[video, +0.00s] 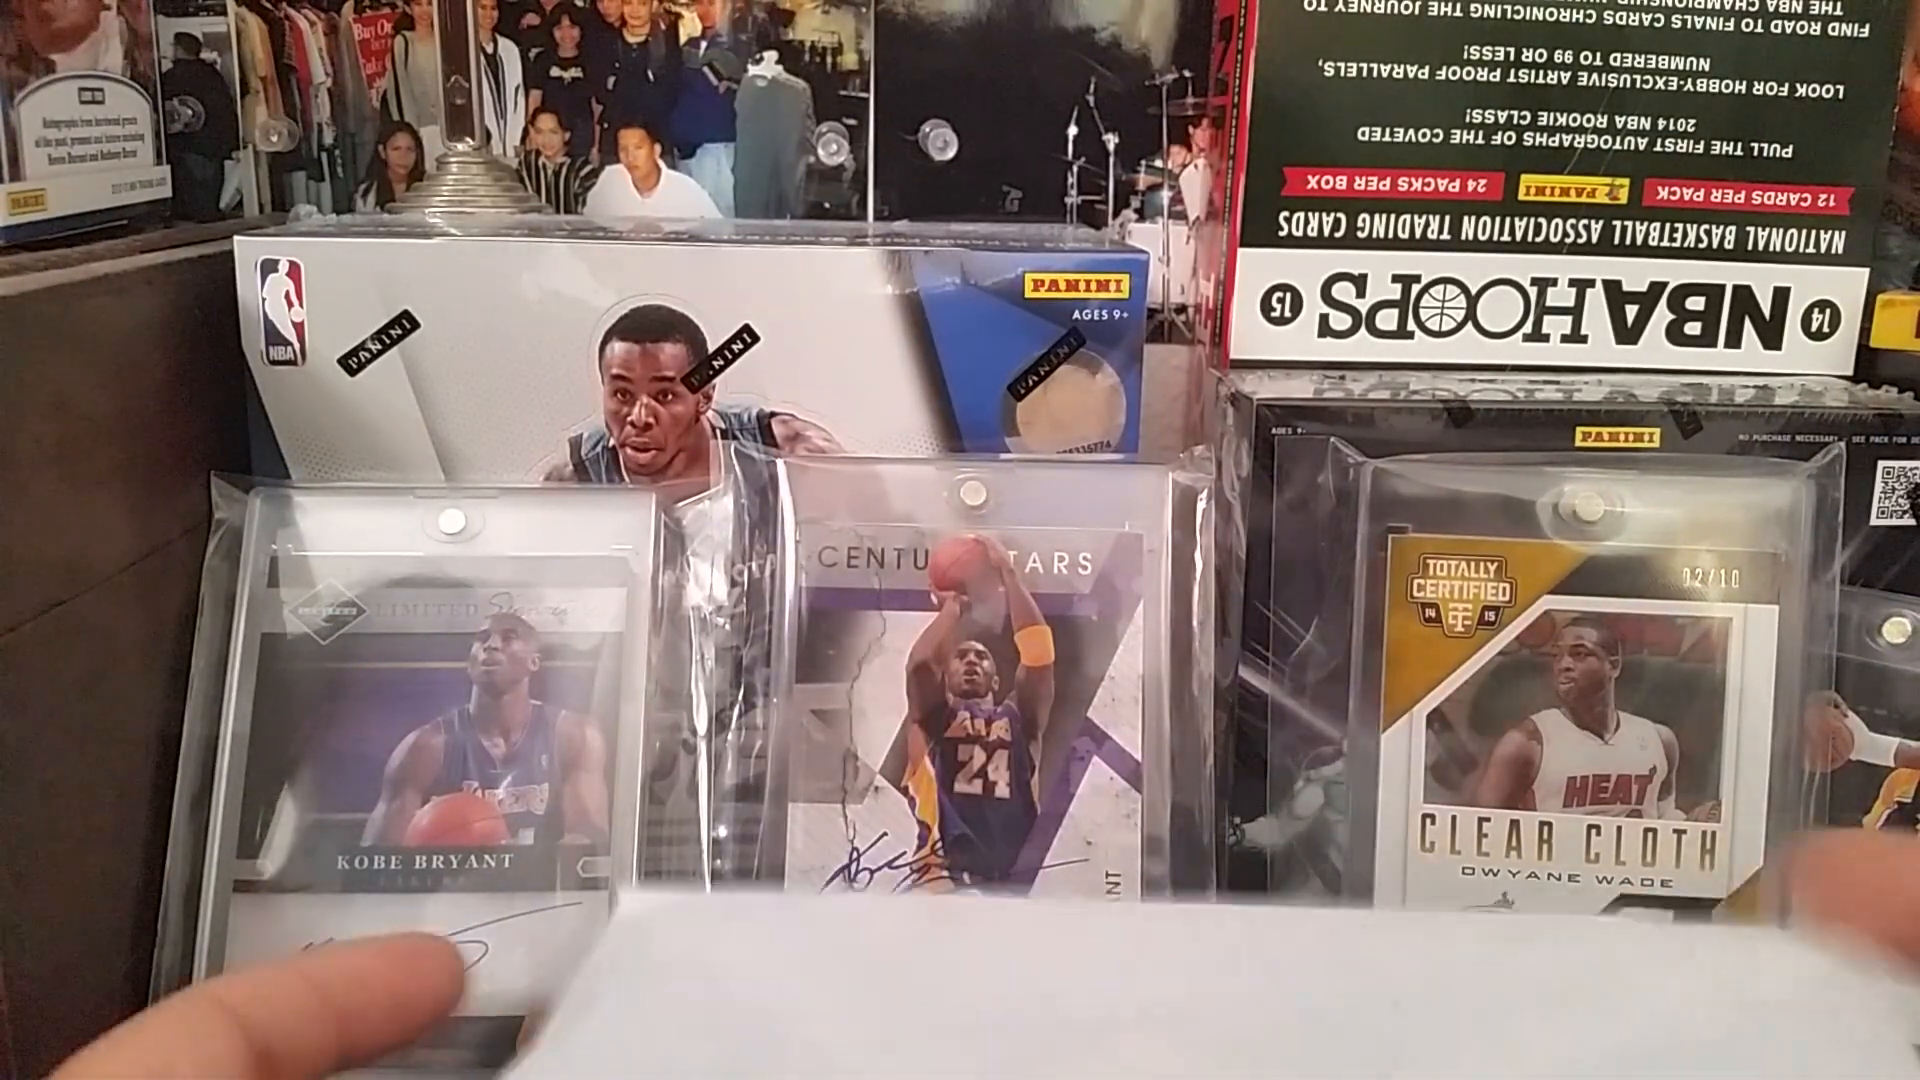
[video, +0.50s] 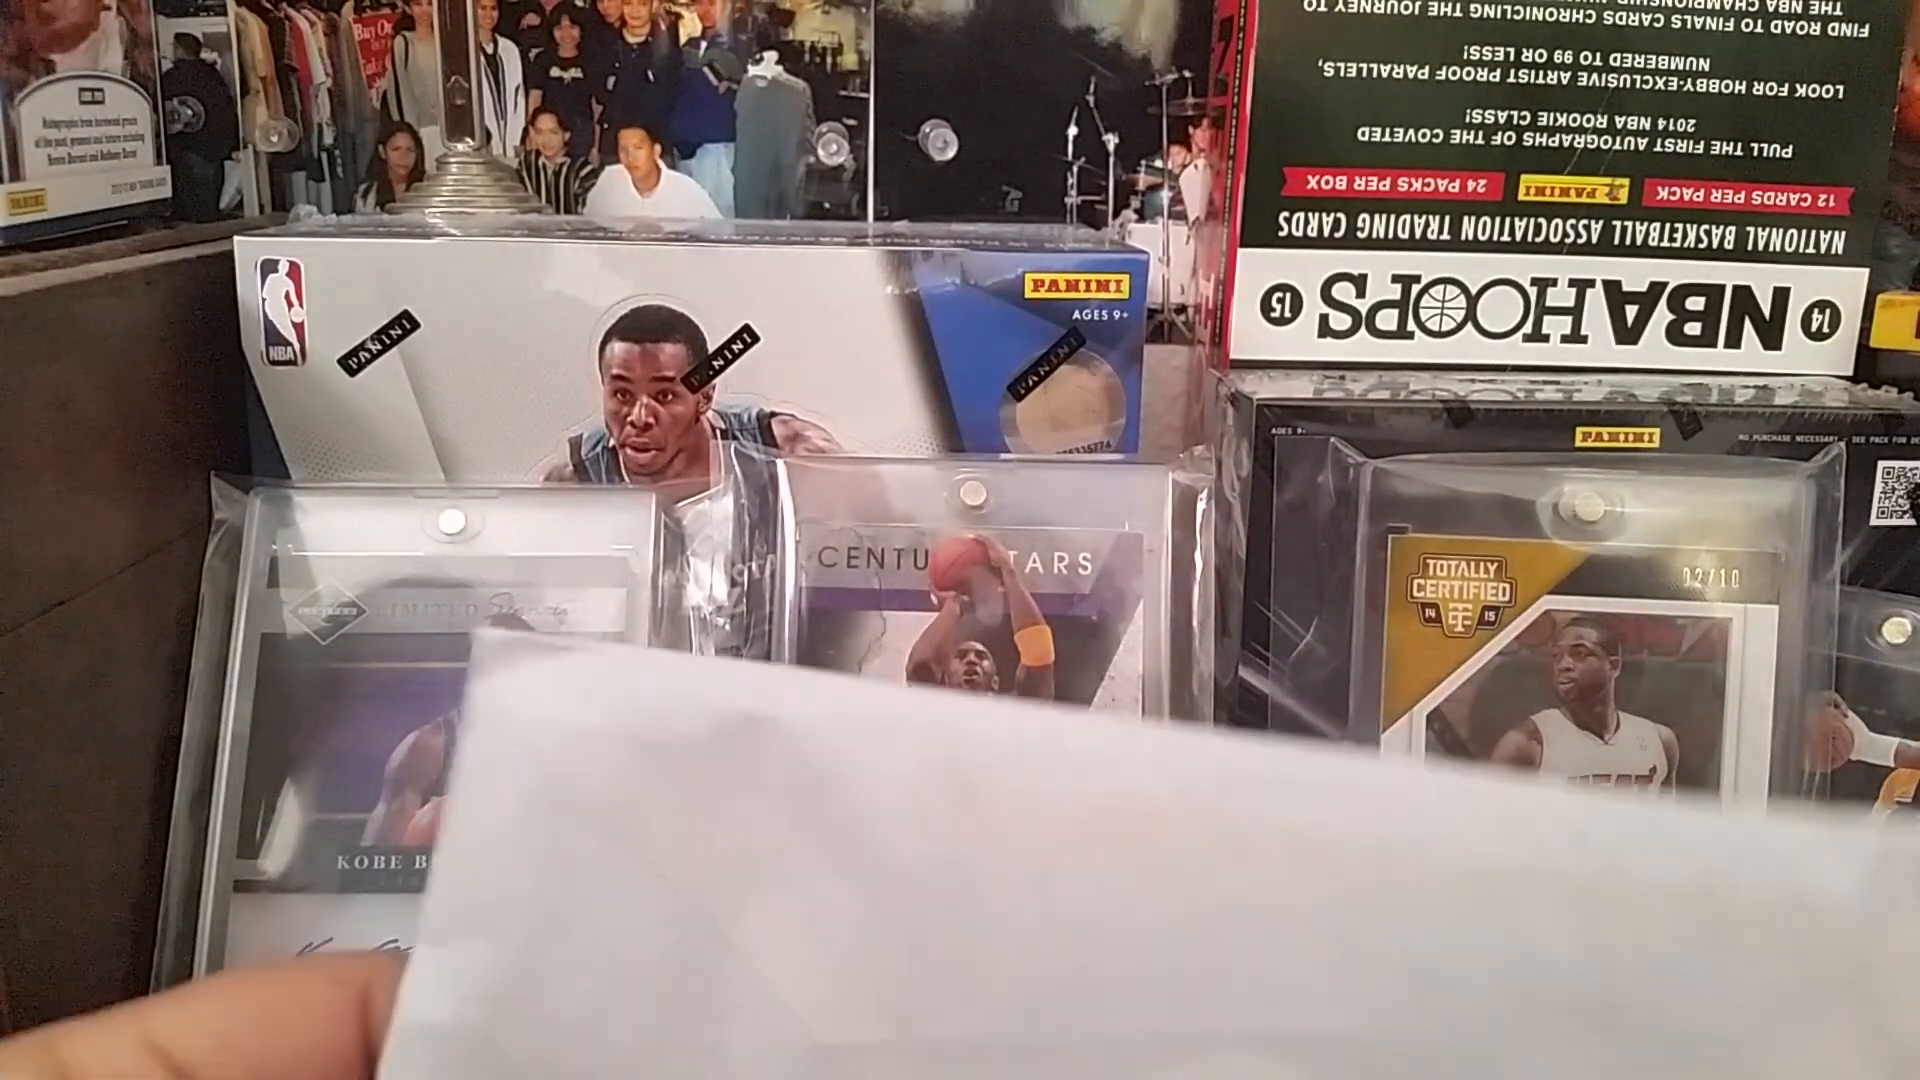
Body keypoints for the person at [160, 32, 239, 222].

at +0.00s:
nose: (173, 52)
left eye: (174, 49)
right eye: (174, 49)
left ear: (177, 50)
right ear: (198, 51)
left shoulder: (167, 78)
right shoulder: (213, 75)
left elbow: (160, 117)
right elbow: (227, 110)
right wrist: (231, 145)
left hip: (181, 150)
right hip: (213, 147)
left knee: (184, 207)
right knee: (210, 206)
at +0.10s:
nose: (173, 51)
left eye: (174, 47)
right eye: (175, 47)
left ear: (177, 50)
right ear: (198, 51)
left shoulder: (168, 78)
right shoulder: (213, 74)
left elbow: (160, 117)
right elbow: (227, 109)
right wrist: (232, 144)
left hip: (182, 149)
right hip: (214, 147)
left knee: (185, 205)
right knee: (210, 205)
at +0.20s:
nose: (173, 51)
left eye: (174, 48)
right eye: (174, 48)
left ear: (177, 50)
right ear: (198, 51)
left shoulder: (167, 79)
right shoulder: (214, 76)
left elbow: (159, 116)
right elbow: (227, 111)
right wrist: (232, 145)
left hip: (179, 150)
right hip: (212, 148)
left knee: (183, 206)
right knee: (209, 206)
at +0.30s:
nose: (172, 52)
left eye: (174, 49)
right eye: (174, 49)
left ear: (177, 50)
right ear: (198, 52)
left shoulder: (167, 79)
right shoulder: (213, 76)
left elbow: (159, 116)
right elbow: (228, 111)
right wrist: (231, 145)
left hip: (180, 151)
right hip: (212, 149)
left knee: (183, 207)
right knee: (209, 207)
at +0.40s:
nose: (173, 51)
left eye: (175, 48)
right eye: (175, 48)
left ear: (177, 49)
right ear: (198, 51)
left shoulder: (167, 79)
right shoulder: (213, 75)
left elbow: (159, 118)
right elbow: (227, 111)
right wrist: (232, 145)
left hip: (179, 153)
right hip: (212, 151)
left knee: (182, 209)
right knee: (209, 208)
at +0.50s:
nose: (173, 51)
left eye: (174, 48)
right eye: (174, 48)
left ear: (178, 50)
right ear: (197, 51)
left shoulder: (169, 78)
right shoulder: (212, 74)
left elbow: (160, 115)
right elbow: (228, 109)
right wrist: (232, 145)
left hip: (182, 149)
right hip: (213, 148)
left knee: (184, 204)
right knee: (210, 204)